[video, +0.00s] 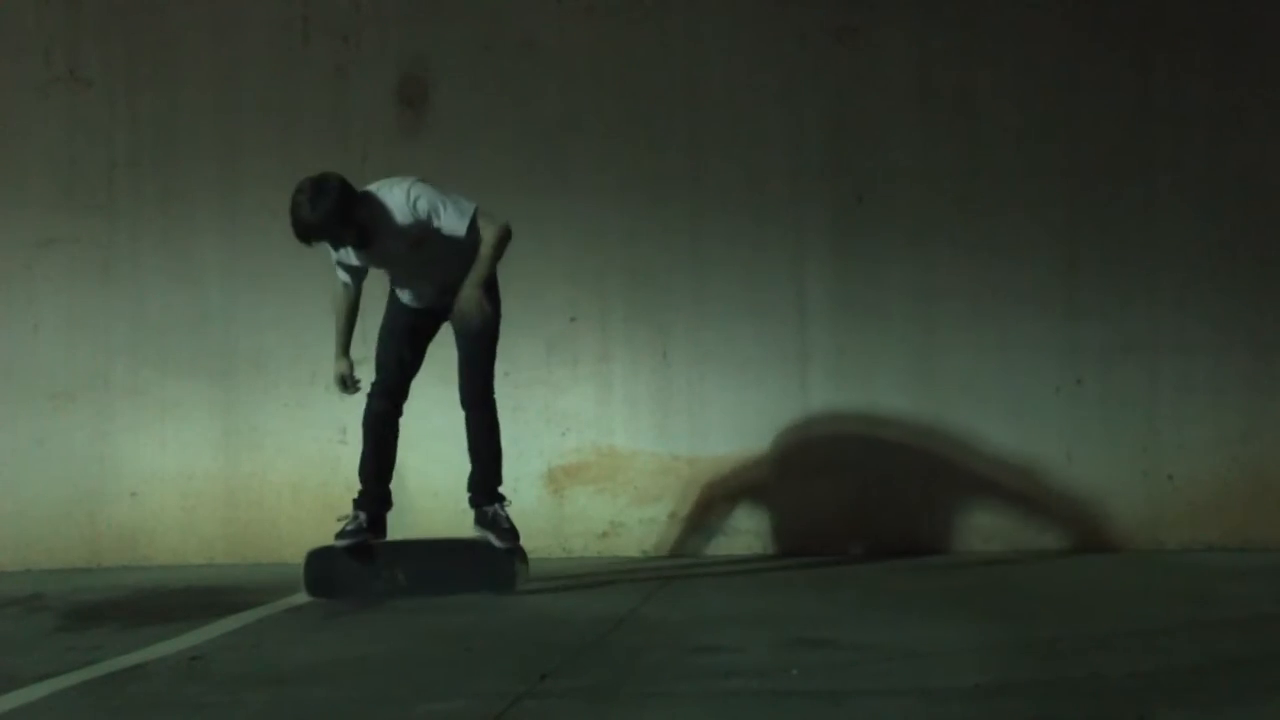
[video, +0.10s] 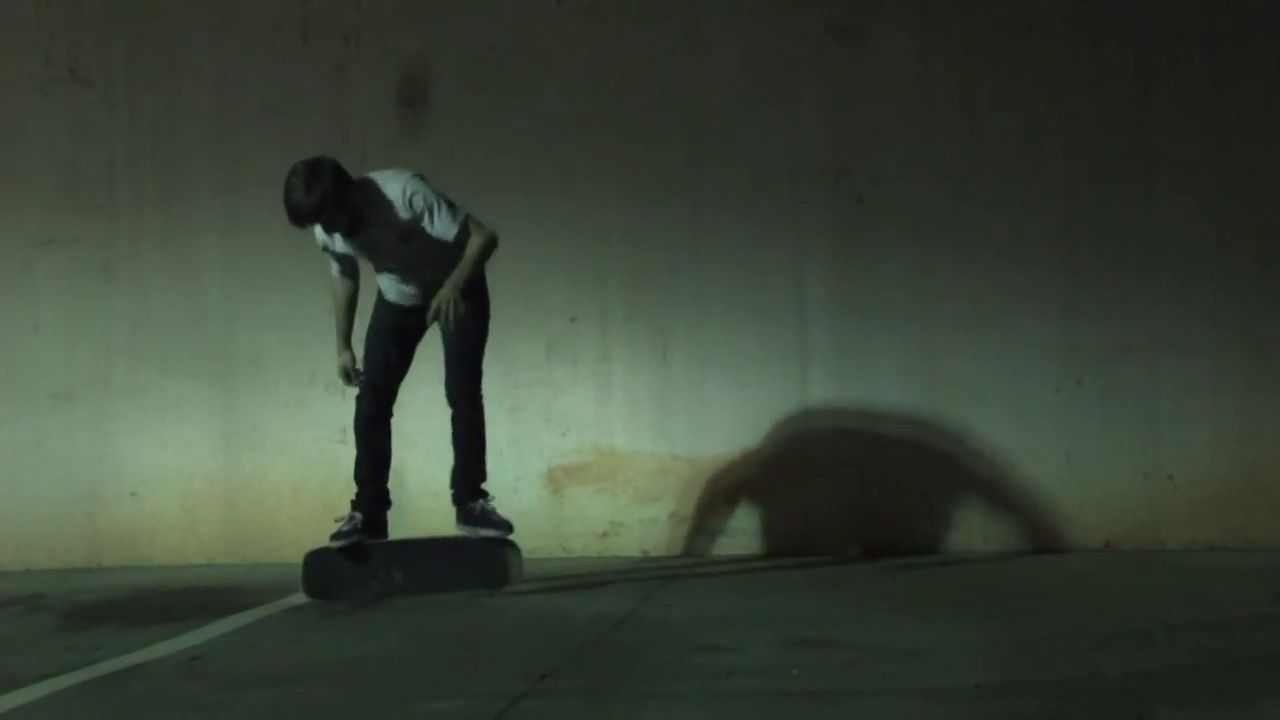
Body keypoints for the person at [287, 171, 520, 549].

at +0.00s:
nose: (330, 245)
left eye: (330, 237)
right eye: (325, 240)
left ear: (349, 219)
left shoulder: (411, 199)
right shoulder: (341, 235)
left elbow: (495, 229)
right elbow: (348, 281)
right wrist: (341, 355)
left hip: (468, 288)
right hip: (412, 296)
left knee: (477, 396)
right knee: (384, 399)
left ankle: (488, 505)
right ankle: (370, 513)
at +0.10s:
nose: (327, 227)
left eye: (328, 218)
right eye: (320, 223)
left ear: (346, 199)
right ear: (318, 217)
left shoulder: (407, 192)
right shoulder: (328, 230)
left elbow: (482, 236)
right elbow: (344, 275)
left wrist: (452, 286)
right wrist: (344, 346)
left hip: (458, 284)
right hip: (398, 294)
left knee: (463, 393)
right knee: (371, 403)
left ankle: (471, 503)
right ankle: (369, 516)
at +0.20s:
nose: (327, 215)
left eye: (330, 206)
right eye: (320, 210)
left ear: (348, 187)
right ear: (314, 205)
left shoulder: (408, 188)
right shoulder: (322, 219)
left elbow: (477, 239)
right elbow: (337, 273)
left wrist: (464, 294)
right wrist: (335, 343)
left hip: (448, 291)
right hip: (389, 298)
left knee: (455, 397)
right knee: (366, 403)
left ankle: (466, 506)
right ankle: (371, 516)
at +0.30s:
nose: (334, 205)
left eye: (337, 195)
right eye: (325, 200)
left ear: (355, 179)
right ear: (318, 193)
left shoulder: (414, 184)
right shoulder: (323, 208)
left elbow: (479, 239)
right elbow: (332, 267)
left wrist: (486, 307)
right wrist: (326, 340)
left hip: (444, 289)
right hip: (386, 296)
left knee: (451, 393)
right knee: (366, 403)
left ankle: (473, 509)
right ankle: (373, 516)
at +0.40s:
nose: (346, 198)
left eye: (350, 187)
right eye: (335, 191)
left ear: (365, 170)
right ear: (324, 184)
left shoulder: (416, 177)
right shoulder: (325, 197)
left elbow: (481, 238)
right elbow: (330, 260)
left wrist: (506, 310)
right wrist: (322, 336)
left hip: (446, 287)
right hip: (386, 293)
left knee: (456, 396)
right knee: (368, 404)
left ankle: (478, 508)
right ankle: (374, 516)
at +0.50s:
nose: (360, 194)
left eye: (364, 183)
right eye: (348, 187)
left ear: (377, 163)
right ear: (333, 178)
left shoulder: (419, 175)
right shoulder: (327, 189)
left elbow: (487, 234)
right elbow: (326, 253)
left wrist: (520, 303)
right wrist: (318, 329)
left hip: (443, 289)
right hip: (383, 295)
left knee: (456, 394)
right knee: (366, 403)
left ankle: (492, 507)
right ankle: (374, 514)